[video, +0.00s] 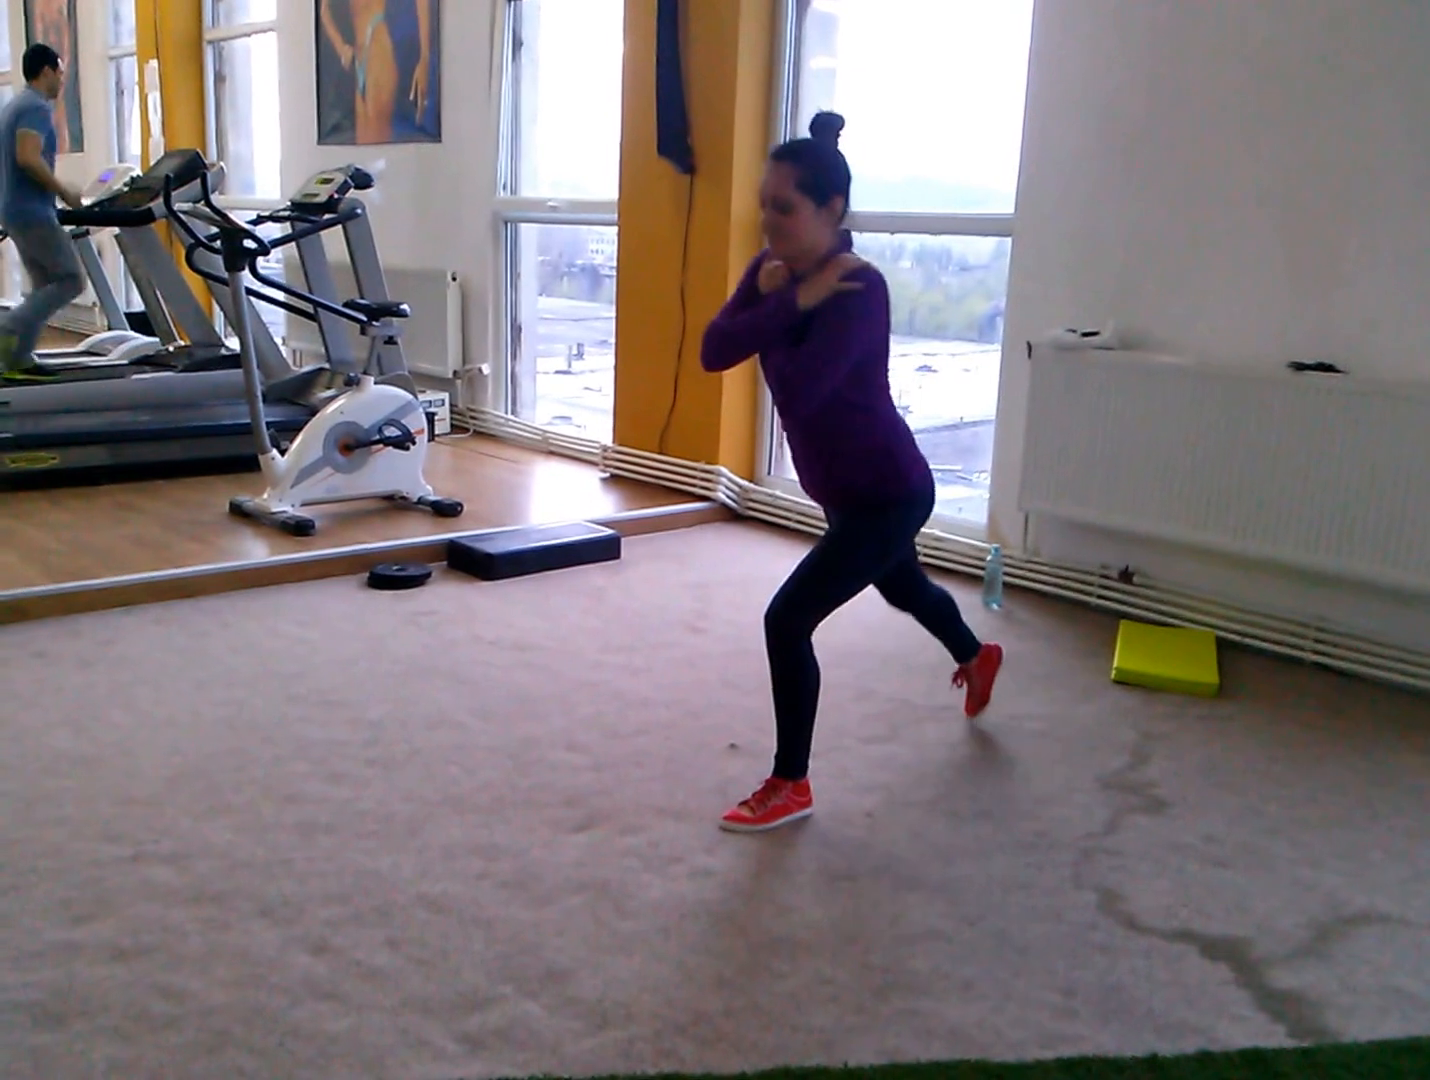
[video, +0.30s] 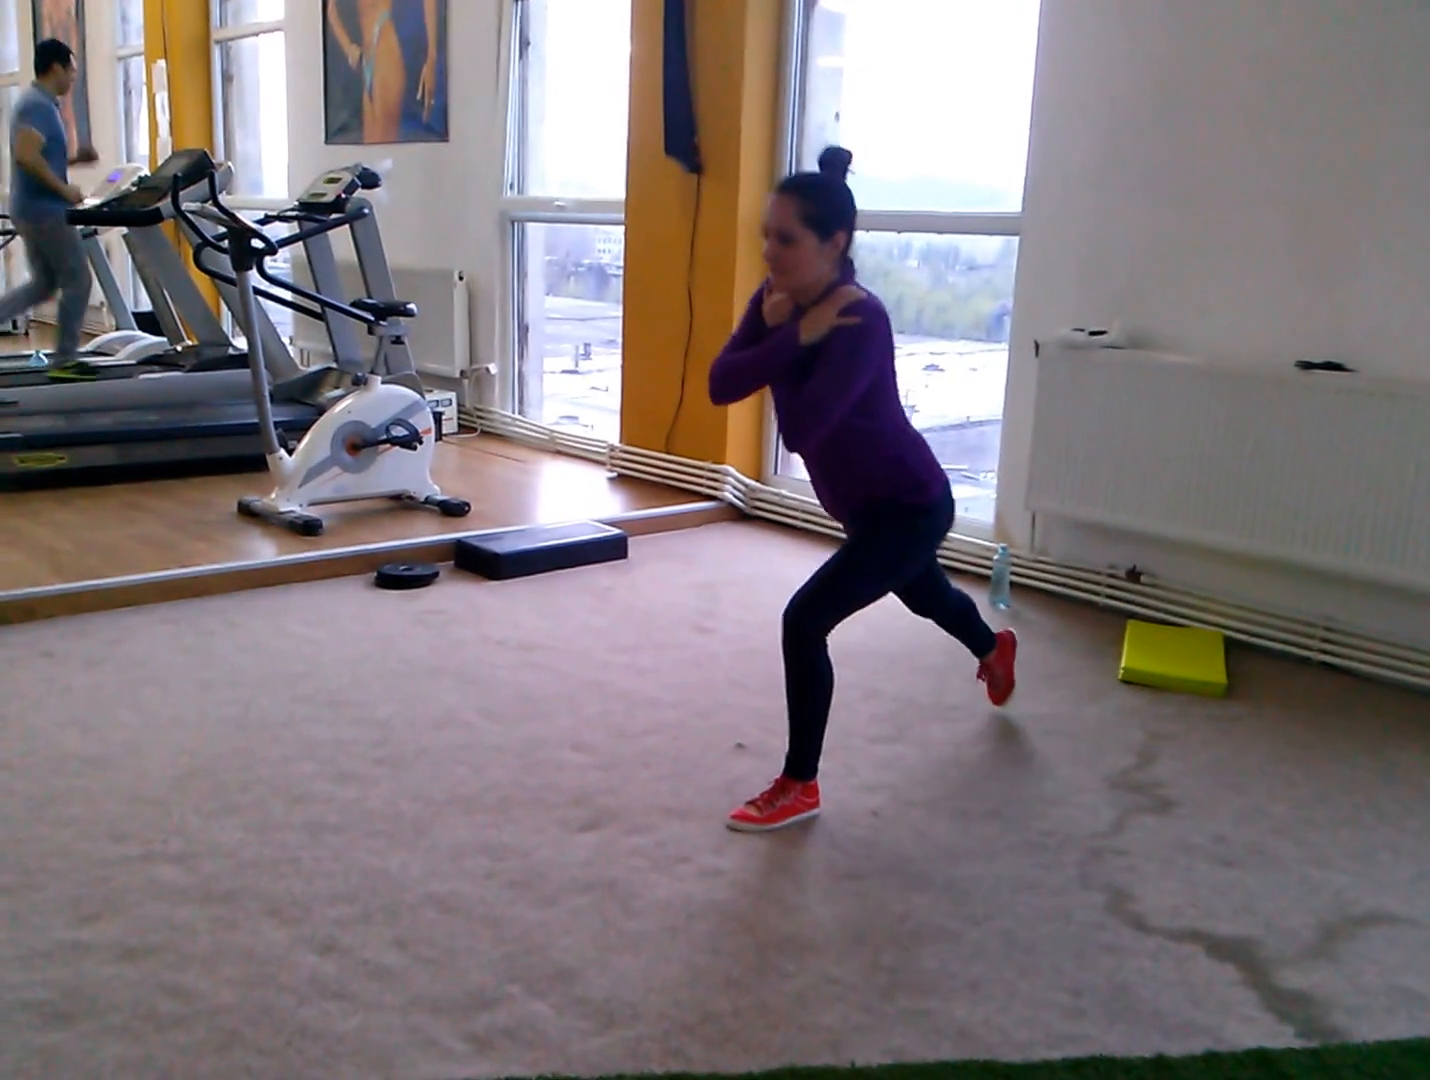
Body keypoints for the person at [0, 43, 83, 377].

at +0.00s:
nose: (61, 79)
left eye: (61, 72)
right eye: (59, 72)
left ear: (33, 73)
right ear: (46, 72)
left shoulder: (19, 104)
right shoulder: (35, 107)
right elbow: (27, 157)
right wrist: (66, 192)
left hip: (18, 211)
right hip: (30, 212)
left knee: (44, 286)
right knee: (70, 281)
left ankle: (20, 357)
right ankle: (10, 326)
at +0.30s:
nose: (72, 77)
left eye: (72, 70)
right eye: (69, 70)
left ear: (47, 70)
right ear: (54, 69)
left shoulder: (37, 102)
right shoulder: (39, 107)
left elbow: (40, 154)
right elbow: (27, 154)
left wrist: (75, 158)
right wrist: (65, 189)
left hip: (32, 210)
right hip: (44, 211)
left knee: (45, 283)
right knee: (77, 279)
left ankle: (1, 312)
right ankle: (66, 357)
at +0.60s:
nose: (78, 71)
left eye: (78, 64)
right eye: (76, 64)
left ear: (47, 64)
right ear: (64, 62)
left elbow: (5, 143)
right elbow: (68, 149)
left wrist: (33, 158)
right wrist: (91, 153)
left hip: (34, 204)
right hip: (51, 205)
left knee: (83, 274)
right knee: (43, 277)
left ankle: (99, 354)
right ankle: (2, 320)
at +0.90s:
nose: (89, 72)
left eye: (88, 66)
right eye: (86, 65)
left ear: (64, 64)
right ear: (71, 64)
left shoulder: (58, 99)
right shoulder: (51, 96)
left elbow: (60, 154)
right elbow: (36, 142)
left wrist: (96, 155)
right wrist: (77, 163)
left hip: (46, 205)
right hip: (55, 205)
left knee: (34, 281)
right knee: (100, 268)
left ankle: (4, 352)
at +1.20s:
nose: (98, 87)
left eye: (98, 80)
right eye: (96, 80)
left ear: (71, 80)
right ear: (84, 79)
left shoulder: (49, 111)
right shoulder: (70, 114)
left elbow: (28, 159)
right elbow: (76, 169)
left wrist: (69, 176)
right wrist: (108, 183)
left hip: (52, 218)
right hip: (66, 219)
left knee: (105, 277)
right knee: (73, 292)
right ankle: (38, 371)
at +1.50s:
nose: (101, 89)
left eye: (100, 83)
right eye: (99, 83)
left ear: (74, 85)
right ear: (87, 84)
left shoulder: (63, 119)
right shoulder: (75, 120)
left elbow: (72, 179)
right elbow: (76, 174)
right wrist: (114, 205)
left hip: (62, 224)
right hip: (73, 225)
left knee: (90, 297)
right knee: (109, 294)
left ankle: (73, 372)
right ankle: (43, 341)